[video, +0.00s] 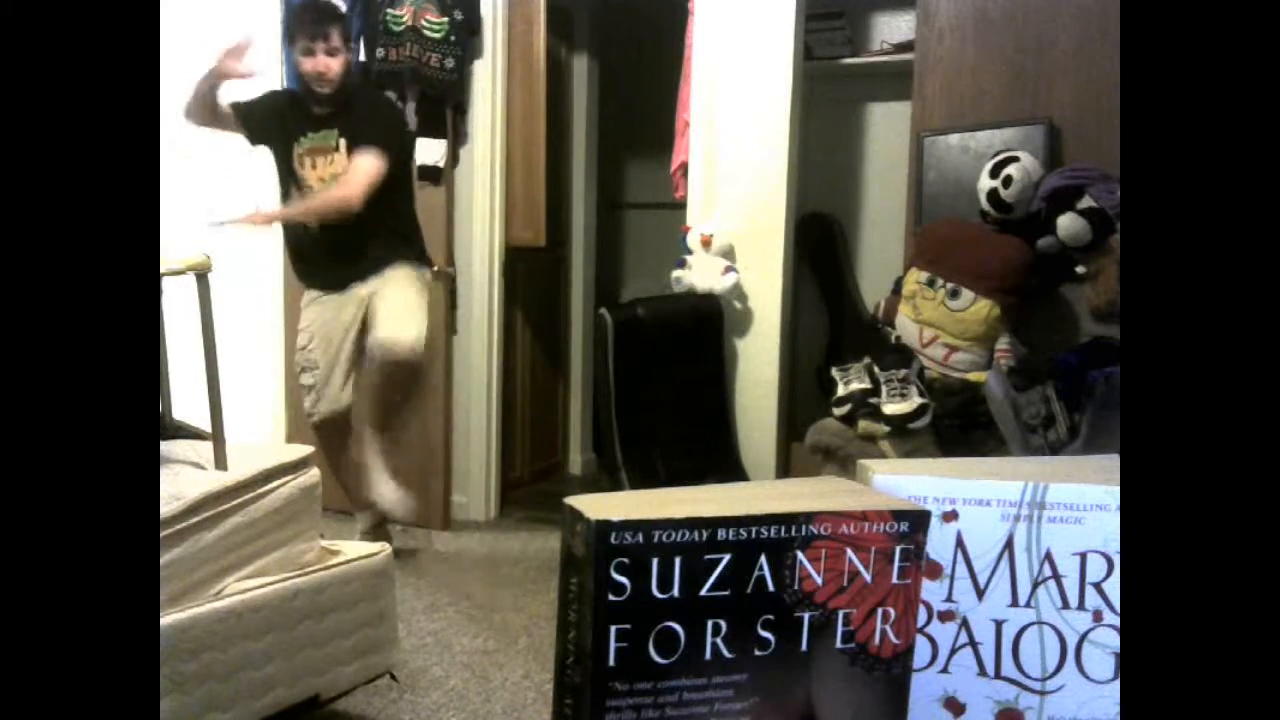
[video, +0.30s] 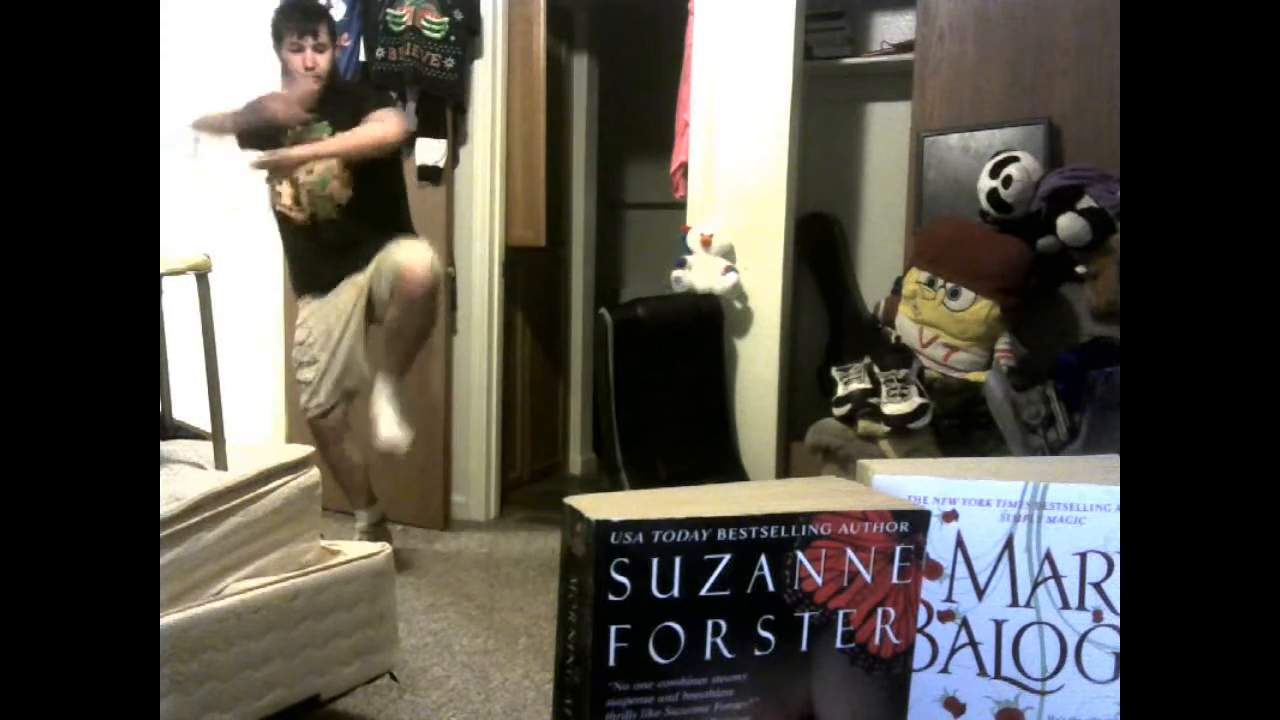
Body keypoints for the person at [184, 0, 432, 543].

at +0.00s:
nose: (323, 65)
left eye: (333, 52)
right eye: (311, 53)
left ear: (350, 53)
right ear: (293, 56)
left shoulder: (377, 110)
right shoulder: (281, 111)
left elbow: (353, 193)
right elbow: (201, 115)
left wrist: (276, 214)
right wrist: (214, 78)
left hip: (392, 265)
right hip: (325, 284)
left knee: (399, 346)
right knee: (325, 410)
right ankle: (370, 513)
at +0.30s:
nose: (309, 59)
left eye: (318, 47)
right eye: (296, 49)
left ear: (336, 48)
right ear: (280, 55)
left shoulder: (362, 94)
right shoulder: (272, 110)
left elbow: (392, 130)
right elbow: (202, 126)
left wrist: (299, 154)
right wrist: (254, 117)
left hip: (382, 255)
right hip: (320, 287)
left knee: (418, 268)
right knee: (325, 417)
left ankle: (388, 385)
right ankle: (370, 521)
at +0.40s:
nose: (306, 62)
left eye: (314, 49)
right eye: (294, 52)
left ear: (331, 48)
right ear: (275, 56)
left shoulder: (365, 96)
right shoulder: (263, 123)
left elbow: (413, 124)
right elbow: (235, 164)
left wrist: (347, 150)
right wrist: (311, 159)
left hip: (378, 253)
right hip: (317, 287)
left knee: (407, 248)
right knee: (327, 420)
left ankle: (390, 366)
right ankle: (368, 518)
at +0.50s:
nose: (282, 74)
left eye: (290, 61)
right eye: (269, 64)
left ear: (305, 64)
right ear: (252, 73)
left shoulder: (353, 108)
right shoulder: (259, 142)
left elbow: (425, 119)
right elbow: (322, 169)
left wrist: (446, 120)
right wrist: (408, 143)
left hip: (391, 256)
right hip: (328, 285)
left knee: (357, 203)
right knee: (329, 418)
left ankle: (382, 329)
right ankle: (374, 525)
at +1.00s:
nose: (265, 90)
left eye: (269, 81)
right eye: (250, 87)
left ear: (282, 89)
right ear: (236, 108)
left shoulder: (335, 124)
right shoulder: (244, 180)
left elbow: (420, 117)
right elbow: (279, 166)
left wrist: (412, 39)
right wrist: (322, 110)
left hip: (390, 253)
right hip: (337, 302)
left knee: (427, 175)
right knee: (342, 420)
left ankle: (440, 323)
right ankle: (372, 526)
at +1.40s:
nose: (268, 98)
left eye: (270, 89)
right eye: (254, 95)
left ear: (284, 94)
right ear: (243, 114)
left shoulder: (340, 122)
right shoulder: (258, 178)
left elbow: (370, 54)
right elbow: (243, 128)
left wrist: (331, 4)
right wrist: (268, 45)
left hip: (392, 245)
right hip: (336, 290)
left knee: (434, 151)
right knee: (340, 414)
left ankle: (437, 297)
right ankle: (370, 524)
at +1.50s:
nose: (262, 92)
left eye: (265, 81)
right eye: (251, 92)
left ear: (286, 85)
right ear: (247, 114)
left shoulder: (339, 114)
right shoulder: (262, 182)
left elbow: (362, 28)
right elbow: (210, 168)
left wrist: (311, 4)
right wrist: (212, 103)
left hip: (390, 250)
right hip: (337, 297)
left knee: (415, 168)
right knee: (344, 414)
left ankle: (425, 311)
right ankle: (372, 524)